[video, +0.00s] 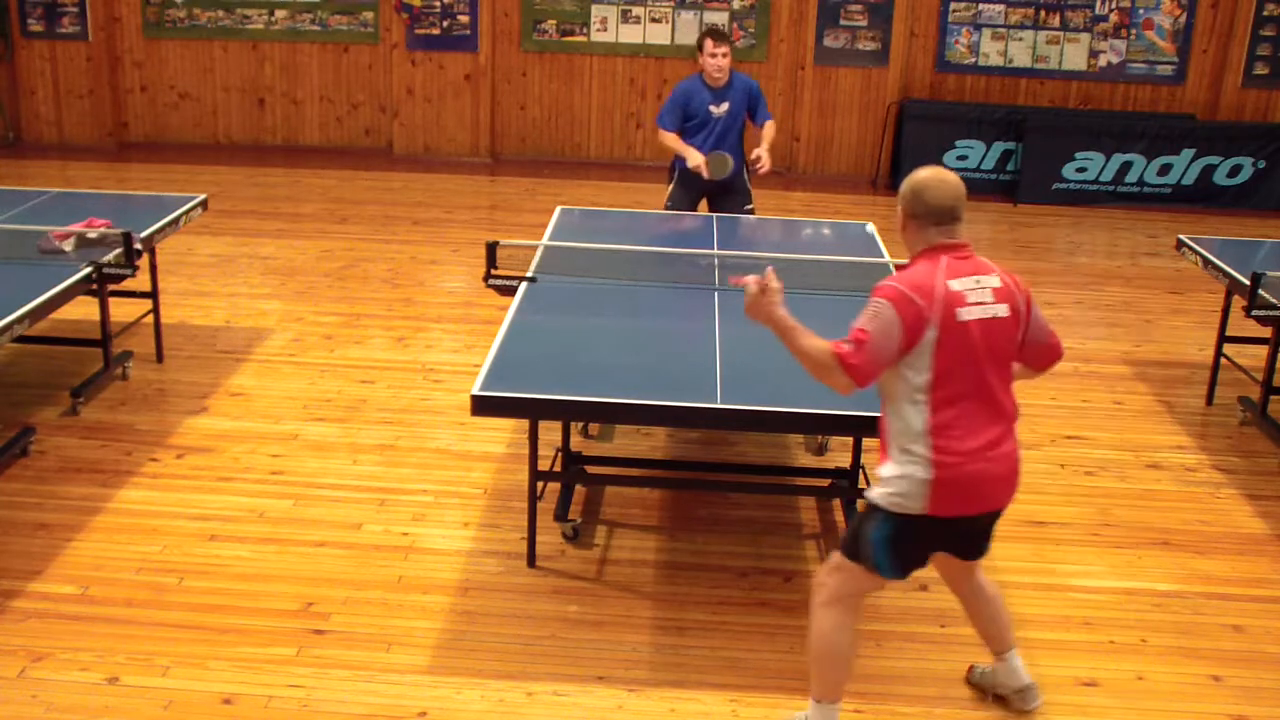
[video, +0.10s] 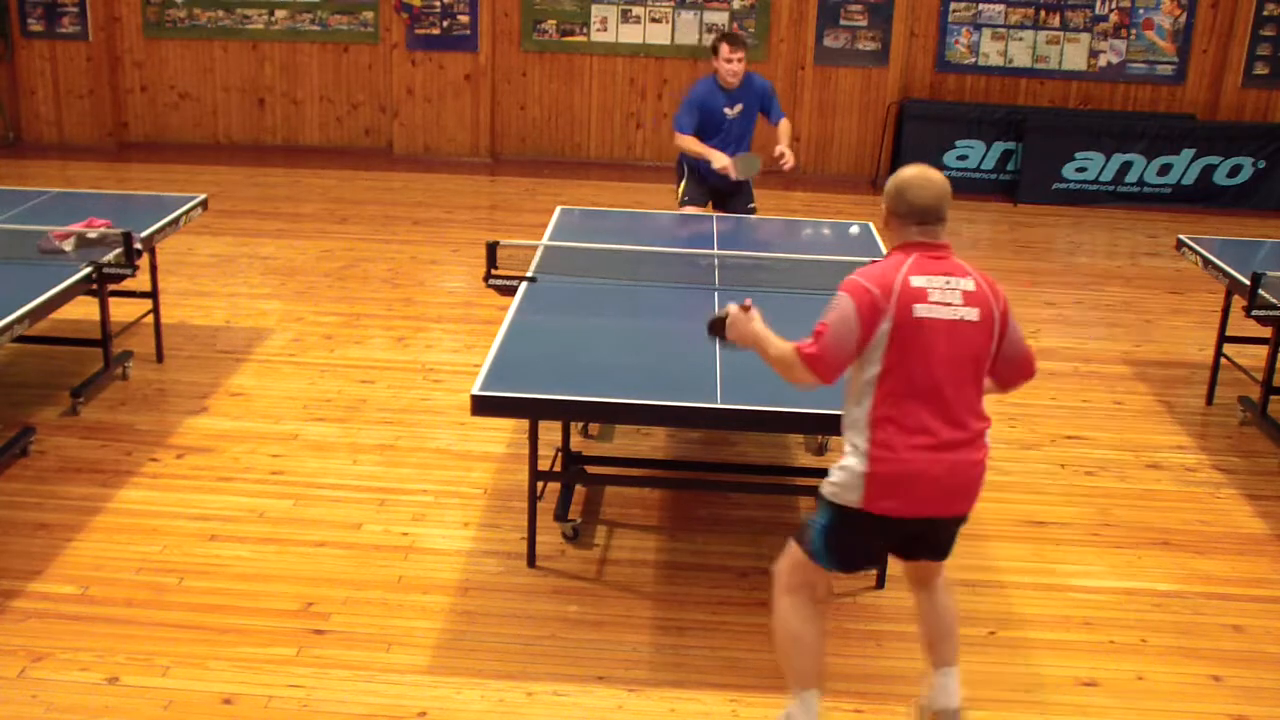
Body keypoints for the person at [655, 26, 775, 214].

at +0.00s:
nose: (719, 62)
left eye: (724, 56)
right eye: (712, 56)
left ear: (731, 58)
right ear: (700, 58)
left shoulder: (746, 88)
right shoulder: (685, 91)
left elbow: (767, 122)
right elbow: (665, 134)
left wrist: (764, 147)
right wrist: (689, 153)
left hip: (732, 175)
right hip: (691, 174)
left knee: (744, 235)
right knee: (672, 230)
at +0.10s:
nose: (734, 68)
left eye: (740, 61)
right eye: (728, 61)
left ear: (746, 62)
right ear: (715, 62)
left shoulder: (758, 87)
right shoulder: (701, 92)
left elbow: (781, 120)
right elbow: (681, 138)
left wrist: (784, 145)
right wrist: (714, 155)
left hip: (737, 169)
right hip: (698, 168)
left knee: (746, 229)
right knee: (691, 222)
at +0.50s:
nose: (777, 114)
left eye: (782, 106)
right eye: (771, 106)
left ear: (787, 105)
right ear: (754, 102)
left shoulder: (777, 115)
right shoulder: (737, 127)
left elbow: (793, 102)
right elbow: (720, 179)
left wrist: (829, 120)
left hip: (742, 182)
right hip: (709, 184)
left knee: (750, 233)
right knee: (723, 238)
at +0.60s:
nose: (780, 112)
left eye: (786, 105)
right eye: (774, 105)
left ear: (791, 103)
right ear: (758, 102)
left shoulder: (785, 113)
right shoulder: (740, 127)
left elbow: (793, 100)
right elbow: (705, 170)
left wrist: (817, 116)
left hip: (753, 187)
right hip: (722, 185)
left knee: (753, 235)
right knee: (728, 234)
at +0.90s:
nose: (793, 80)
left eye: (800, 74)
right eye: (787, 73)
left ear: (809, 77)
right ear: (777, 75)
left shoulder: (815, 102)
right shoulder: (762, 108)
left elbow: (826, 130)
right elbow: (726, 148)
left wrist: (837, 168)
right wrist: (731, 164)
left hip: (785, 186)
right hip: (750, 186)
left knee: (800, 239)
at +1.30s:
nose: (783, 71)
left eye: (790, 64)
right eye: (778, 65)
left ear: (804, 66)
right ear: (773, 67)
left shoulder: (825, 99)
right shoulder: (772, 101)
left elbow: (851, 137)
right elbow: (761, 144)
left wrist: (832, 175)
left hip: (823, 195)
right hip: (787, 194)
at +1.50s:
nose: (754, 78)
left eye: (760, 72)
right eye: (752, 72)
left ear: (778, 72)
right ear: (750, 71)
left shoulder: (806, 99)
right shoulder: (763, 103)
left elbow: (837, 137)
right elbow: (743, 145)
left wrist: (816, 165)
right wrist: (703, 135)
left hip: (815, 185)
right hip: (777, 183)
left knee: (822, 241)